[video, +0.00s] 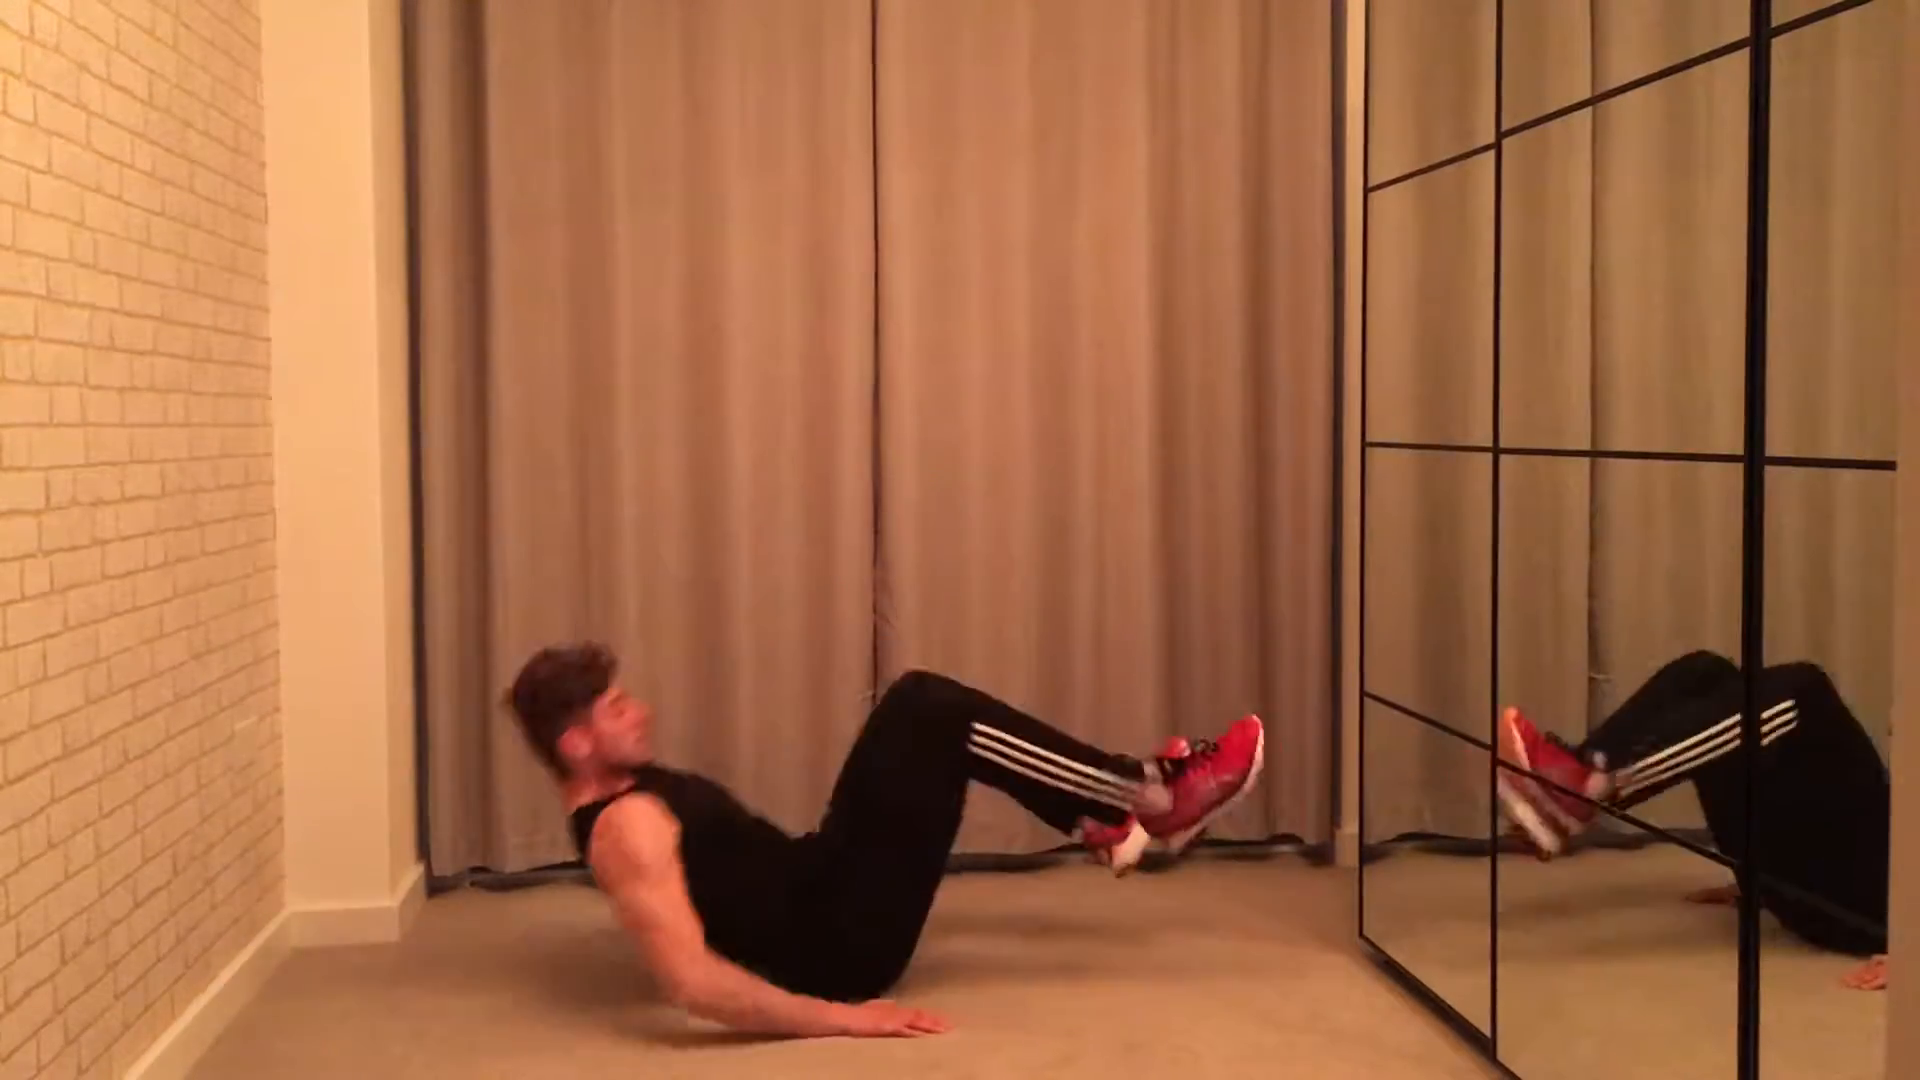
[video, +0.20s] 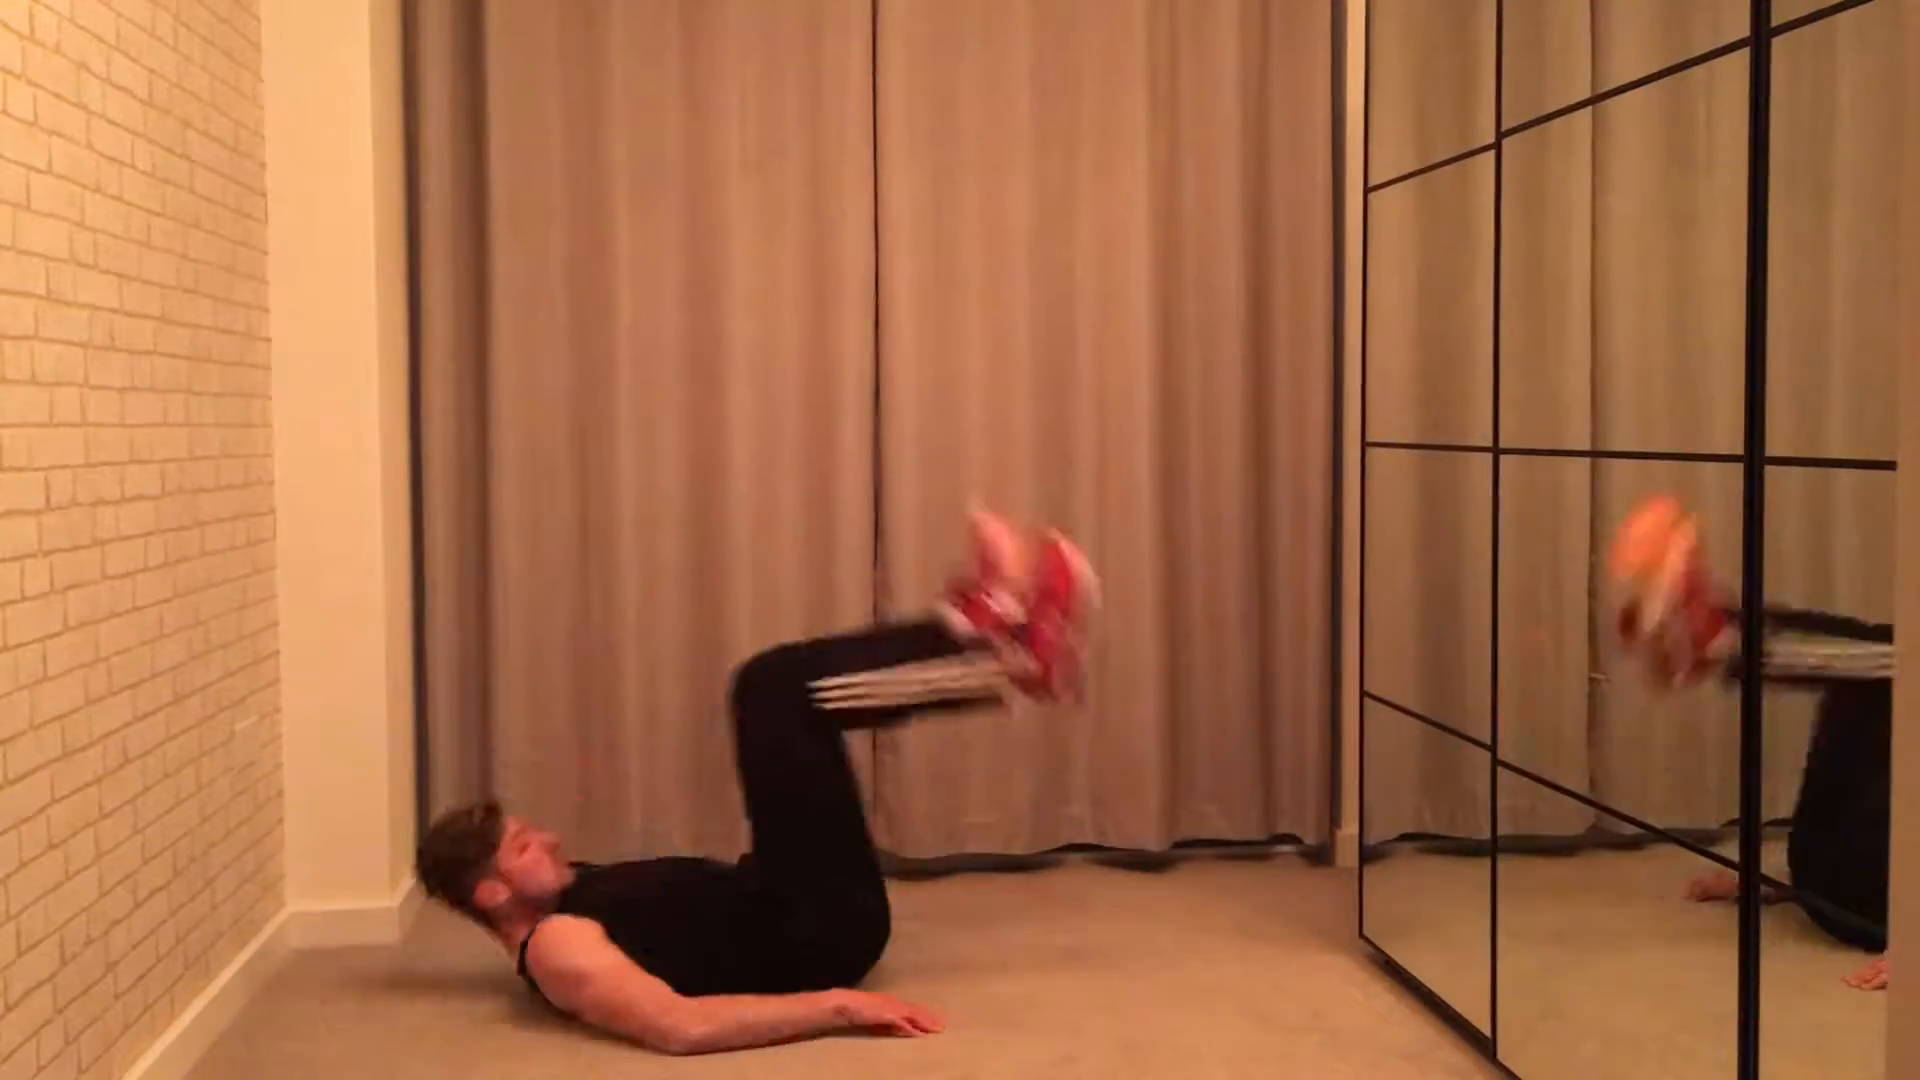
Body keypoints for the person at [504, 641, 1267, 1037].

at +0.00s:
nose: (636, 710)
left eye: (626, 697)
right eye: (617, 706)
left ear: (586, 737)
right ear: (577, 744)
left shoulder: (625, 801)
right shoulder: (627, 828)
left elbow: (696, 958)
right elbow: (691, 982)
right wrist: (843, 1016)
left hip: (823, 921)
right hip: (837, 958)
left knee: (919, 702)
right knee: (929, 710)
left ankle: (1103, 808)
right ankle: (1157, 801)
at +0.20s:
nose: (543, 841)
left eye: (527, 831)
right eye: (520, 845)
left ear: (507, 881)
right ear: (492, 894)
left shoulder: (561, 919)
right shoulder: (558, 946)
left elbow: (685, 1009)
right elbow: (683, 1029)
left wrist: (833, 1005)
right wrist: (839, 1006)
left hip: (802, 911)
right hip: (819, 932)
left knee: (768, 685)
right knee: (772, 687)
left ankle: (971, 629)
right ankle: (1015, 652)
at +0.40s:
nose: (470, 853)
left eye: (449, 853)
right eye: (448, 868)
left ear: (454, 918)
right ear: (449, 925)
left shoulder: (541, 915)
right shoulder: (545, 960)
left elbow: (687, 910)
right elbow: (700, 1007)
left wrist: (829, 924)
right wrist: (858, 1006)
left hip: (773, 893)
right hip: (788, 909)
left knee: (642, 701)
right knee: (644, 704)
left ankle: (685, 489)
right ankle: (702, 488)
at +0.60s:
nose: (452, 889)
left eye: (434, 889)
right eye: (434, 904)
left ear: (450, 939)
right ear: (441, 958)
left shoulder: (543, 933)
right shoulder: (540, 969)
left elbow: (699, 919)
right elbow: (692, 1013)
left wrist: (829, 923)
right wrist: (849, 1017)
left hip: (730, 818)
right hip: (734, 823)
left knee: (583, 623)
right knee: (577, 624)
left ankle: (534, 398)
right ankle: (534, 397)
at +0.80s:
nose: (446, 894)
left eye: (428, 895)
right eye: (427, 913)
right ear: (437, 968)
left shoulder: (541, 932)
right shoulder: (530, 973)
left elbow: (689, 914)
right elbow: (685, 1014)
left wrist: (826, 923)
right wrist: (848, 1020)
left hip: (662, 762)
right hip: (667, 764)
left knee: (544, 548)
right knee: (541, 547)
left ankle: (496, 307)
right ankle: (490, 303)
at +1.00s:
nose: (439, 893)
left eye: (421, 896)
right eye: (421, 913)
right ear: (431, 967)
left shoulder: (539, 934)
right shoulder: (520, 976)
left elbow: (683, 916)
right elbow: (682, 1016)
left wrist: (821, 921)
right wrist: (839, 1020)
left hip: (622, 745)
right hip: (632, 744)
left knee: (533, 513)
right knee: (529, 515)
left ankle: (499, 293)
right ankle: (474, 287)